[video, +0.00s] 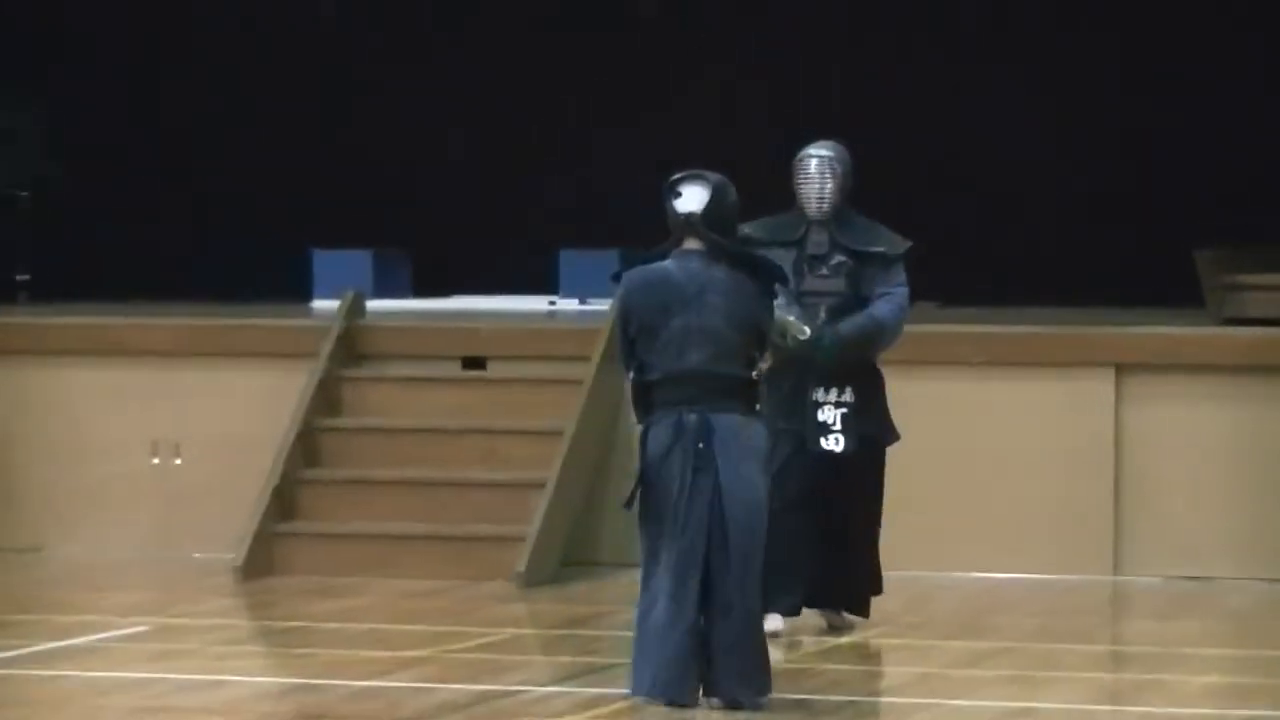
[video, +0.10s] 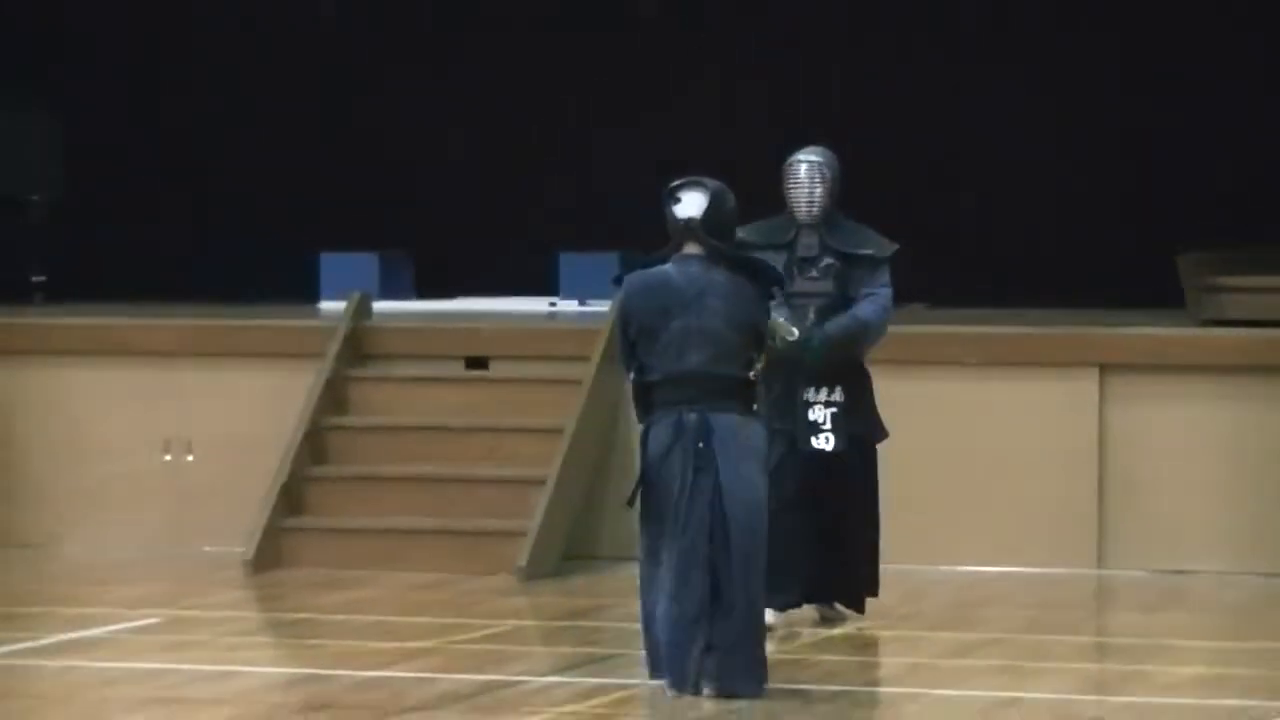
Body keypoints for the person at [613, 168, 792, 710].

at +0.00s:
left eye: (678, 216)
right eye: (723, 219)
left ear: (671, 221)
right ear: (727, 222)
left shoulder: (639, 283)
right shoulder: (751, 284)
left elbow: (628, 359)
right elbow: (759, 353)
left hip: (667, 426)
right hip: (736, 427)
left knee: (671, 547)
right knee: (739, 549)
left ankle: (667, 680)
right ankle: (735, 681)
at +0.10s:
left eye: (676, 222)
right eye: (722, 225)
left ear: (671, 227)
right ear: (725, 228)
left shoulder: (638, 287)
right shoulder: (750, 287)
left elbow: (628, 359)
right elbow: (753, 352)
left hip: (668, 425)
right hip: (735, 425)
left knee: (673, 540)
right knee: (739, 540)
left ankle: (678, 667)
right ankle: (734, 670)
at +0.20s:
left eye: (677, 228)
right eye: (721, 231)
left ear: (671, 232)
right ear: (724, 233)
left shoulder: (639, 290)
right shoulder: (747, 290)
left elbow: (629, 361)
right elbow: (755, 352)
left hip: (668, 425)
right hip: (732, 425)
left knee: (674, 538)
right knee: (738, 536)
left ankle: (688, 660)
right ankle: (734, 663)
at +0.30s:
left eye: (676, 231)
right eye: (720, 235)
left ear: (673, 235)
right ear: (723, 236)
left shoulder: (641, 291)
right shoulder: (746, 290)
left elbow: (630, 360)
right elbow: (750, 350)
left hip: (669, 423)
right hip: (731, 422)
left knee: (677, 533)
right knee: (737, 533)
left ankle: (687, 654)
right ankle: (737, 652)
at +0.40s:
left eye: (677, 236)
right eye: (718, 239)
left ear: (674, 240)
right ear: (722, 241)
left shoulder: (644, 294)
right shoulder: (745, 294)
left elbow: (631, 361)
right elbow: (752, 351)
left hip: (670, 422)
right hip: (731, 422)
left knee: (678, 533)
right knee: (736, 532)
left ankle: (685, 649)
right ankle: (738, 648)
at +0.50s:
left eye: (679, 243)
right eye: (718, 246)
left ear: (675, 247)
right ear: (722, 248)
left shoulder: (645, 300)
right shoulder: (742, 299)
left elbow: (635, 363)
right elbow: (753, 356)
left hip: (673, 422)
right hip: (731, 422)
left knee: (677, 530)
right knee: (732, 530)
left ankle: (682, 642)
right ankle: (729, 642)